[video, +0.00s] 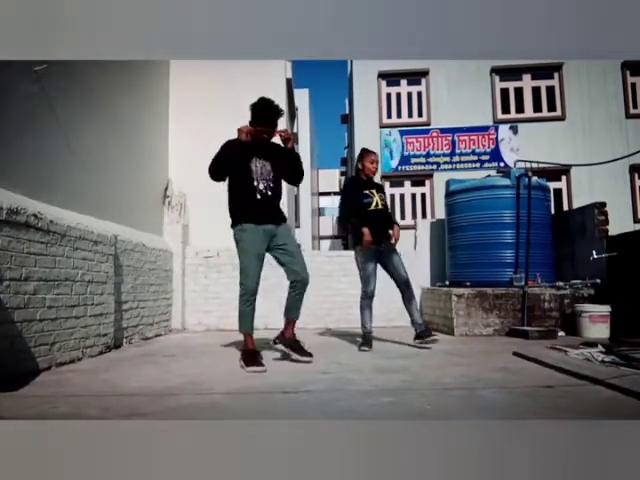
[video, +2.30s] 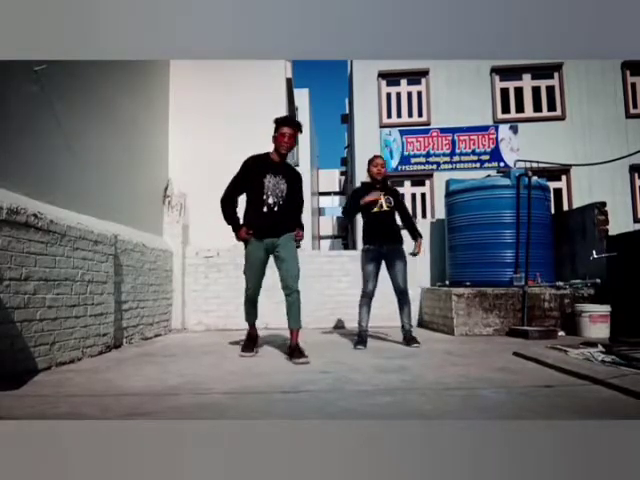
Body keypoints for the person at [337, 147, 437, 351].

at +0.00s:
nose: (374, 166)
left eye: (376, 163)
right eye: (371, 162)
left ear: (377, 165)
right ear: (360, 164)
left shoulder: (378, 187)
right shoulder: (351, 185)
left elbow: (384, 212)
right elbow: (346, 215)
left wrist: (395, 225)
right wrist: (363, 229)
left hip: (384, 241)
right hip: (365, 243)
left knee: (404, 283)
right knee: (368, 291)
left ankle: (420, 328)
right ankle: (367, 335)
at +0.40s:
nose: (388, 167)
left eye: (390, 163)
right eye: (384, 163)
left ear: (392, 165)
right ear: (375, 165)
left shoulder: (398, 187)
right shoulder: (366, 187)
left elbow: (408, 212)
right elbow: (358, 214)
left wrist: (416, 232)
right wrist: (369, 230)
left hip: (401, 243)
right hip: (378, 245)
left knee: (409, 288)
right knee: (374, 291)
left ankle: (417, 334)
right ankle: (367, 336)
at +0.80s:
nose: (402, 162)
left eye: (406, 159)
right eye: (399, 160)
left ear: (412, 162)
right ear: (394, 163)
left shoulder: (419, 184)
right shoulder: (386, 184)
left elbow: (435, 213)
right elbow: (377, 216)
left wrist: (427, 236)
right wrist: (373, 207)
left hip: (411, 243)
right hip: (389, 242)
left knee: (411, 288)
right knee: (378, 286)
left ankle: (417, 334)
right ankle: (373, 333)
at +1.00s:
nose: (400, 164)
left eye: (404, 160)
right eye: (397, 161)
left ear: (411, 163)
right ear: (394, 165)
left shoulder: (419, 185)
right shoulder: (387, 185)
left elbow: (431, 215)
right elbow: (368, 205)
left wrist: (424, 236)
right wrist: (370, 183)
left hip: (410, 244)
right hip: (387, 243)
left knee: (411, 289)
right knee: (378, 289)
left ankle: (417, 334)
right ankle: (375, 333)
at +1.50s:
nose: (371, 167)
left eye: (374, 164)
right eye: (368, 165)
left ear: (382, 166)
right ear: (365, 169)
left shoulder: (393, 191)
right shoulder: (361, 189)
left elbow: (403, 215)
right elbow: (350, 188)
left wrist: (409, 237)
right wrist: (357, 168)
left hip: (389, 246)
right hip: (367, 247)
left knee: (400, 290)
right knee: (364, 292)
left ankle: (416, 334)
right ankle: (361, 336)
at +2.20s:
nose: (374, 168)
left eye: (377, 165)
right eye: (370, 165)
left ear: (381, 168)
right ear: (363, 167)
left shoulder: (387, 191)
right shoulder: (355, 190)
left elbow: (397, 214)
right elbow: (346, 207)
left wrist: (407, 232)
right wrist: (357, 187)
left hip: (389, 244)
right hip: (366, 245)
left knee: (400, 286)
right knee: (365, 290)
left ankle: (409, 331)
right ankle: (361, 335)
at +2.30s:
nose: (380, 169)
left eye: (382, 166)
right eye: (376, 166)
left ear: (386, 169)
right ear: (369, 169)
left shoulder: (392, 192)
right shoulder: (360, 191)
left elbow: (405, 216)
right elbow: (347, 213)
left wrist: (417, 237)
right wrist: (365, 201)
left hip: (394, 246)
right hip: (371, 246)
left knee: (401, 289)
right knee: (368, 291)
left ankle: (408, 333)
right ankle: (362, 335)